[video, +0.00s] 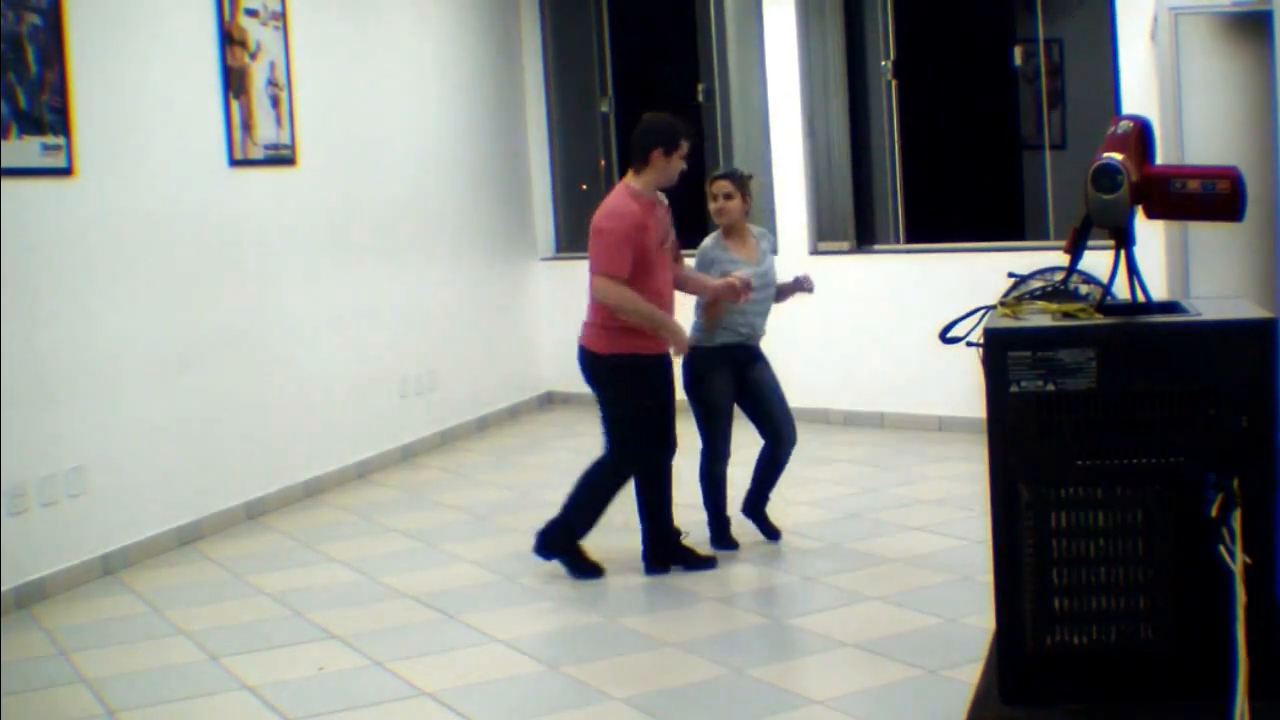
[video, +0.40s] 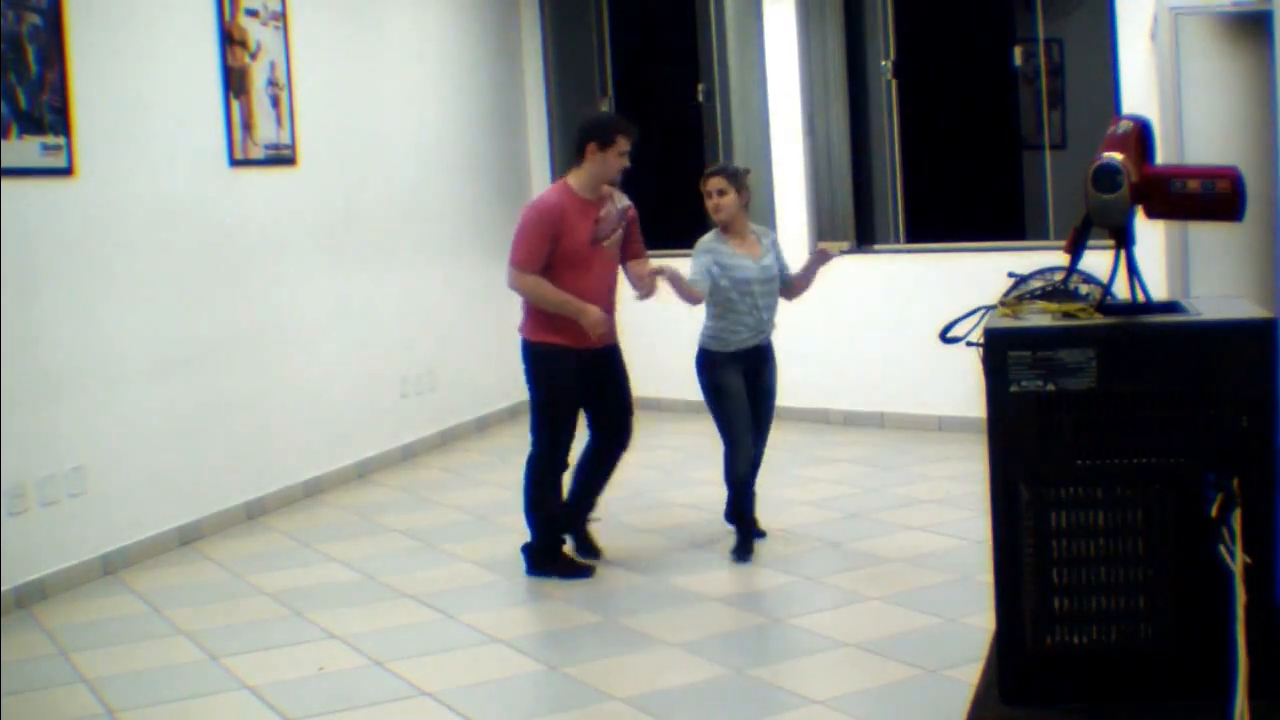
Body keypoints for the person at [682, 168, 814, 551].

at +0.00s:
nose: (719, 205)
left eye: (727, 197)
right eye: (713, 198)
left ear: (746, 201)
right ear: (709, 205)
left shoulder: (763, 240)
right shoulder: (709, 251)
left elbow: (761, 296)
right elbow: (704, 317)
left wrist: (790, 288)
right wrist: (723, 293)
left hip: (748, 354)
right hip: (708, 358)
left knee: (782, 436)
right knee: (716, 449)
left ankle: (755, 504)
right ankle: (718, 524)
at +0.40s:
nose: (713, 202)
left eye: (721, 193)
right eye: (708, 196)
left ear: (742, 196)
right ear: (705, 203)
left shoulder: (766, 239)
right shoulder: (708, 248)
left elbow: (789, 289)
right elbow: (695, 297)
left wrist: (815, 263)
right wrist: (672, 276)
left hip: (759, 353)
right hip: (719, 356)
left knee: (756, 441)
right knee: (740, 442)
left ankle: (741, 510)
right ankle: (744, 529)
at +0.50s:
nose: (708, 203)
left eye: (716, 194)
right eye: (704, 197)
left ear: (740, 197)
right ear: (704, 203)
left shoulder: (770, 245)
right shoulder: (700, 250)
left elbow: (794, 299)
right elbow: (675, 300)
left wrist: (804, 269)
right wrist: (643, 281)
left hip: (758, 356)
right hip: (714, 360)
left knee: (765, 440)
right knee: (741, 451)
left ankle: (744, 501)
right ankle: (767, 540)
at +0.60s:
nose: (701, 205)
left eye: (708, 196)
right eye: (698, 198)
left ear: (733, 199)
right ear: (705, 205)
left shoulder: (767, 250)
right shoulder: (697, 254)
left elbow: (785, 311)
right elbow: (669, 306)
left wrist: (770, 277)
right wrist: (633, 285)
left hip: (754, 362)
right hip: (706, 367)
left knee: (779, 454)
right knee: (736, 460)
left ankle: (762, 502)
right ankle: (765, 541)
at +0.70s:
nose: (693, 207)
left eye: (698, 199)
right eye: (695, 199)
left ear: (718, 202)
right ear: (714, 203)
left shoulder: (756, 251)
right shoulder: (700, 256)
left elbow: (757, 310)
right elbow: (677, 308)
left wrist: (716, 278)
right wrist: (639, 281)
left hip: (746, 365)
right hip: (703, 368)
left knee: (747, 458)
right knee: (729, 463)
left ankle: (786, 509)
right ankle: (764, 540)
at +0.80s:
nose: (689, 203)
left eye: (694, 196)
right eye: (691, 195)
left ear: (709, 201)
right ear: (715, 201)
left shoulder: (732, 248)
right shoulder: (711, 249)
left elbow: (722, 306)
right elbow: (698, 301)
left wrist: (672, 274)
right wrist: (663, 273)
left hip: (734, 363)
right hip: (713, 365)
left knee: (713, 455)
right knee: (732, 456)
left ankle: (769, 541)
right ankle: (768, 541)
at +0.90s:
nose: (681, 199)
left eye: (684, 193)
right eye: (683, 192)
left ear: (694, 198)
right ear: (725, 201)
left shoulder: (696, 248)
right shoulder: (732, 246)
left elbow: (669, 303)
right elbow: (701, 276)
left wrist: (642, 272)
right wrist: (663, 262)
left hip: (712, 363)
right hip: (742, 358)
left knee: (697, 465)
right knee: (736, 455)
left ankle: (716, 559)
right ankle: (778, 538)